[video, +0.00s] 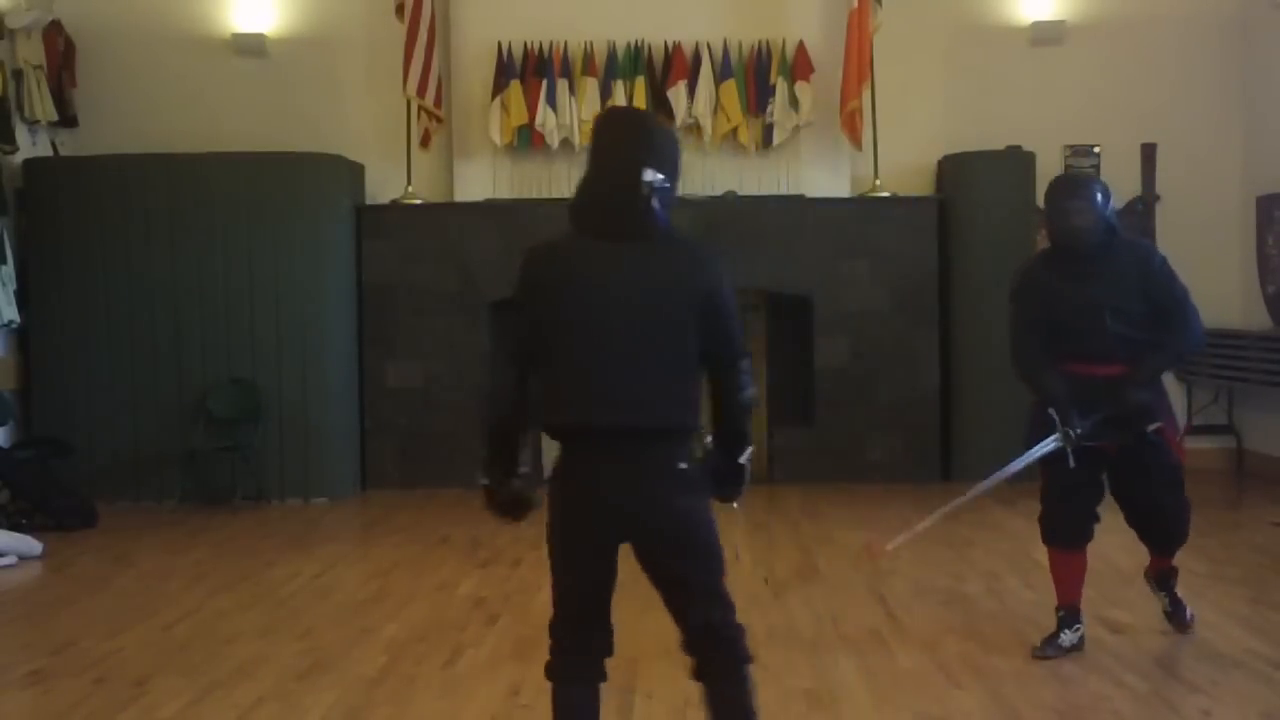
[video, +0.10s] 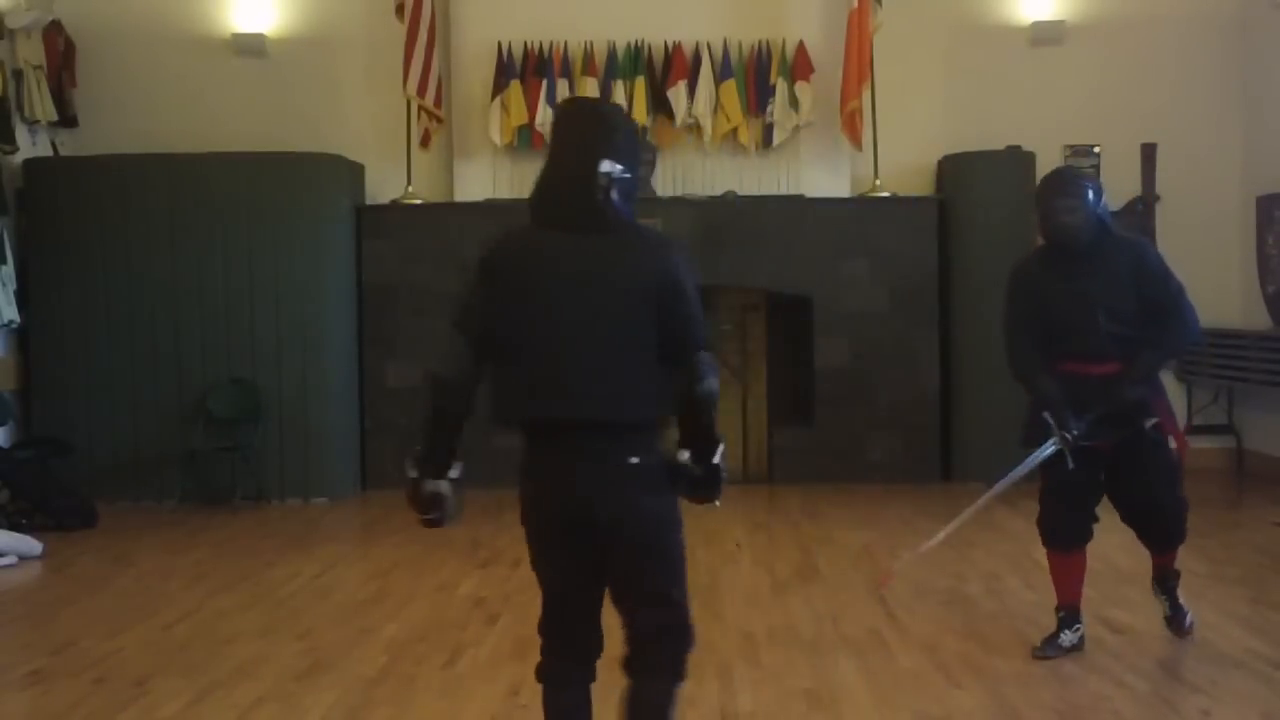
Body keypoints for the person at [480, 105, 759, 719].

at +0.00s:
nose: (670, 186)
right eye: (667, 175)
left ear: (594, 175)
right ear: (663, 180)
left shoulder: (547, 264)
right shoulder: (692, 265)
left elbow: (512, 372)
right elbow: (730, 373)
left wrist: (505, 468)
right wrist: (730, 458)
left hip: (581, 482)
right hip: (666, 482)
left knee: (576, 647)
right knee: (715, 642)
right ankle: (735, 707)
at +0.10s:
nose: (643, 176)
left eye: (637, 163)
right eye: (639, 164)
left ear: (554, 167)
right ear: (624, 173)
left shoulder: (512, 256)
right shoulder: (655, 259)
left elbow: (460, 368)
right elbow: (695, 373)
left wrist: (435, 466)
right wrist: (703, 454)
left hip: (548, 477)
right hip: (635, 480)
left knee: (566, 642)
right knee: (660, 642)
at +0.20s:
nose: (601, 181)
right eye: (599, 168)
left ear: (517, 168)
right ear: (592, 175)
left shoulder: (476, 256)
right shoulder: (612, 261)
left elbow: (416, 365)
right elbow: (656, 376)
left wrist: (380, 463)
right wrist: (674, 463)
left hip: (513, 482)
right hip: (595, 483)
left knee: (547, 636)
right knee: (601, 647)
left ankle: (554, 707)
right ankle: (557, 705)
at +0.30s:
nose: (577, 181)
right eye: (573, 169)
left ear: (489, 170)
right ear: (565, 178)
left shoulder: (444, 259)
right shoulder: (582, 265)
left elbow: (380, 367)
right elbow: (625, 383)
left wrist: (343, 468)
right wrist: (646, 476)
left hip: (474, 486)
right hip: (555, 487)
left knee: (522, 644)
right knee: (535, 657)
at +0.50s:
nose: (531, 193)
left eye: (528, 176)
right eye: (527, 178)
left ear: (441, 175)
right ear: (510, 186)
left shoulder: (381, 263)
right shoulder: (520, 273)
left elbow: (329, 382)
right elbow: (563, 402)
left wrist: (348, 475)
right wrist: (587, 491)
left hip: (391, 477)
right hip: (476, 482)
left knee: (441, 647)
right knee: (454, 664)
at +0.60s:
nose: (504, 185)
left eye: (501, 169)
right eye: (500, 170)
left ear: (414, 162)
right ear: (484, 175)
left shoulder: (350, 250)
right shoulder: (492, 263)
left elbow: (310, 377)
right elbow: (523, 403)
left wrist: (367, 433)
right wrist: (554, 480)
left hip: (359, 478)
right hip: (445, 486)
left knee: (386, 636)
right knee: (436, 664)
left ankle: (360, 710)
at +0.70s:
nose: (471, 176)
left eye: (466, 161)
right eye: (467, 161)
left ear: (378, 155)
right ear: (452, 169)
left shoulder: (318, 249)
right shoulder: (458, 260)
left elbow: (288, 377)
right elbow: (484, 393)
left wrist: (356, 401)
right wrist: (516, 453)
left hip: (325, 487)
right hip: (415, 494)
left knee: (318, 656)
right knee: (421, 681)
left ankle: (273, 710)